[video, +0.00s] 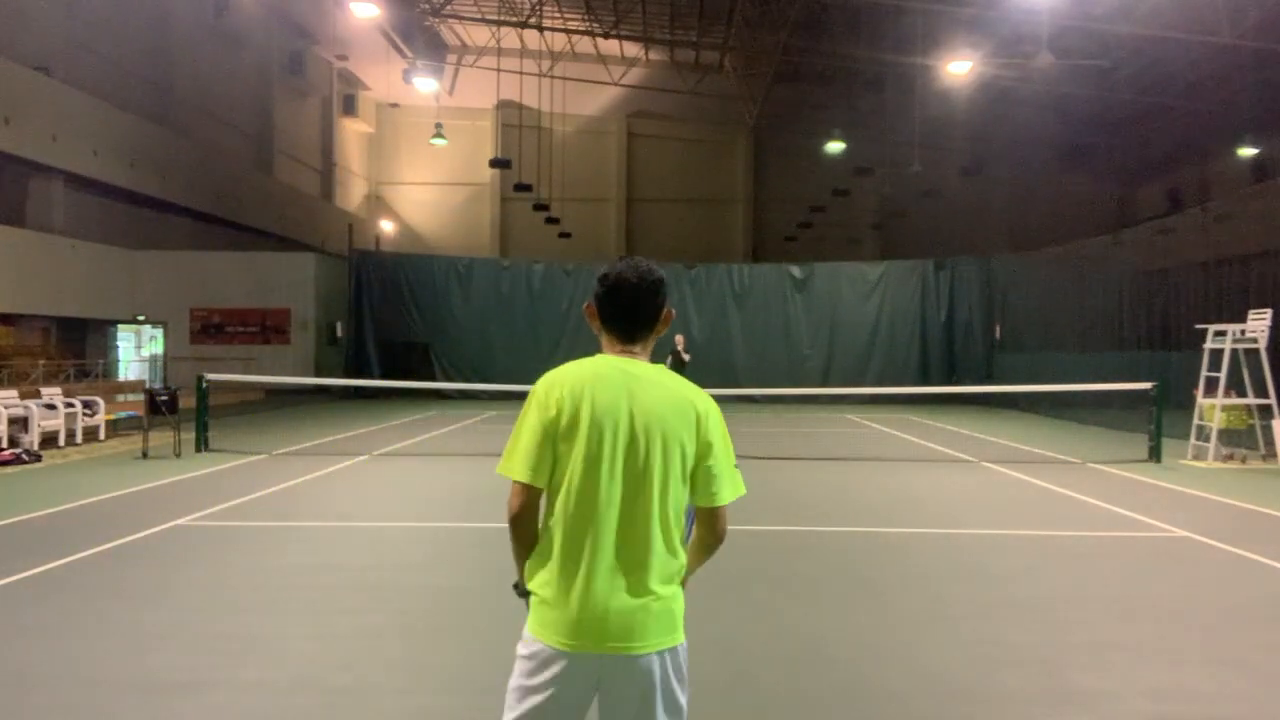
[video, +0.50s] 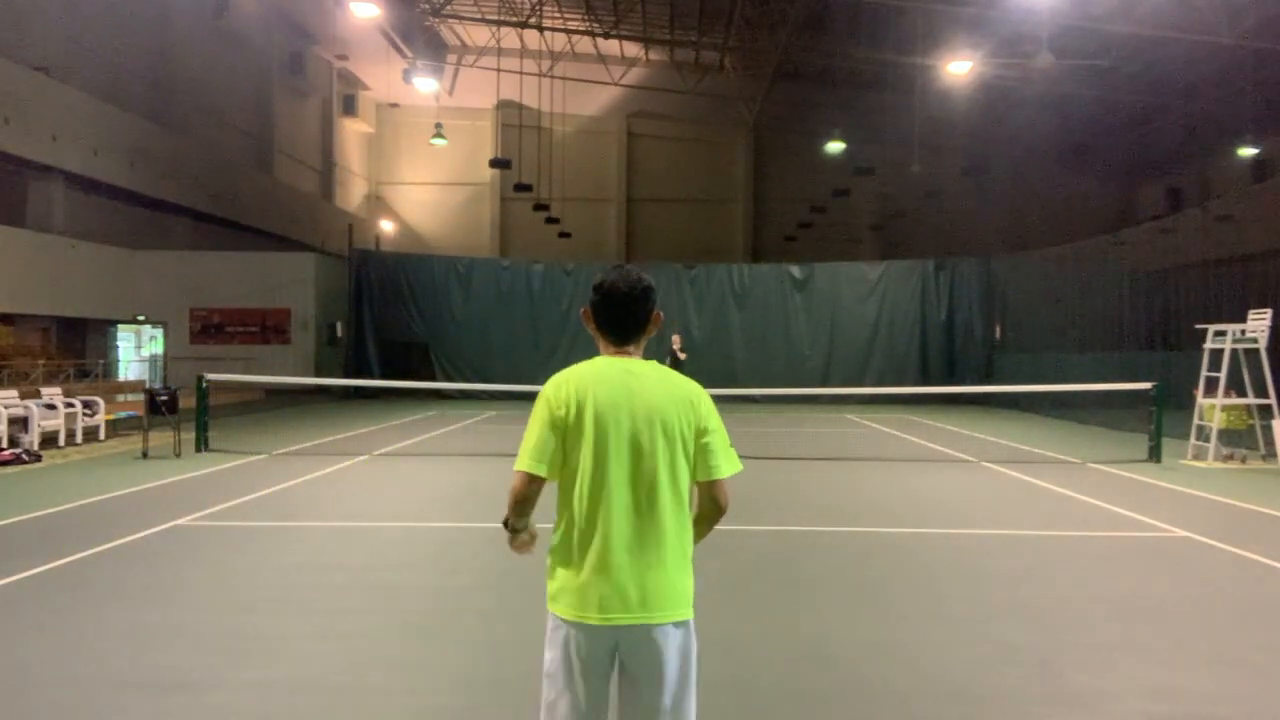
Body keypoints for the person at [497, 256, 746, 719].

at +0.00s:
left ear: (592, 315)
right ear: (665, 319)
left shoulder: (556, 388)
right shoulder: (694, 403)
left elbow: (521, 508)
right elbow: (713, 528)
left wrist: (528, 576)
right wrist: (673, 576)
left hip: (559, 629)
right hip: (651, 633)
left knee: (528, 713)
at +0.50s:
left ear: (589, 320)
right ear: (653, 322)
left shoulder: (565, 388)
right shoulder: (688, 393)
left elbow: (525, 487)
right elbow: (716, 500)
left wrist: (517, 526)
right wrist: (680, 540)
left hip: (580, 607)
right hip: (664, 607)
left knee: (569, 714)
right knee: (664, 715)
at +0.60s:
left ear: (584, 319)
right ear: (647, 320)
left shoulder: (559, 387)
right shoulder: (683, 391)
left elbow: (510, 482)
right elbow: (709, 494)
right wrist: (675, 530)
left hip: (578, 592)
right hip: (660, 592)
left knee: (566, 711)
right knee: (670, 712)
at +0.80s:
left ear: (591, 317)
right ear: (654, 319)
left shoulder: (565, 377)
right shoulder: (686, 386)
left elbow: (535, 423)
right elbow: (710, 488)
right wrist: (663, 511)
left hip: (582, 578)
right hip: (661, 580)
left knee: (573, 709)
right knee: (684, 708)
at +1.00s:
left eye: (630, 314)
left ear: (629, 322)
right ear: (691, 325)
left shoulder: (599, 380)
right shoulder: (716, 392)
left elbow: (569, 466)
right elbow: (731, 493)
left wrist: (597, 380)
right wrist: (678, 497)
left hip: (602, 575)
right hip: (680, 579)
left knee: (579, 703)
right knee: (695, 705)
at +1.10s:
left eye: (649, 322)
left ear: (649, 329)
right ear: (712, 337)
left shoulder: (618, 384)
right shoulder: (732, 400)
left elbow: (593, 476)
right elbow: (740, 502)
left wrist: (601, 399)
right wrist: (687, 499)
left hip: (616, 576)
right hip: (694, 580)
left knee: (595, 704)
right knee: (705, 706)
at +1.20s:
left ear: (662, 341)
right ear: (722, 350)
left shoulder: (630, 388)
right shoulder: (741, 407)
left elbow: (605, 483)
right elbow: (749, 509)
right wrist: (699, 509)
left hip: (627, 578)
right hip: (706, 583)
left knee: (594, 704)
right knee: (715, 709)